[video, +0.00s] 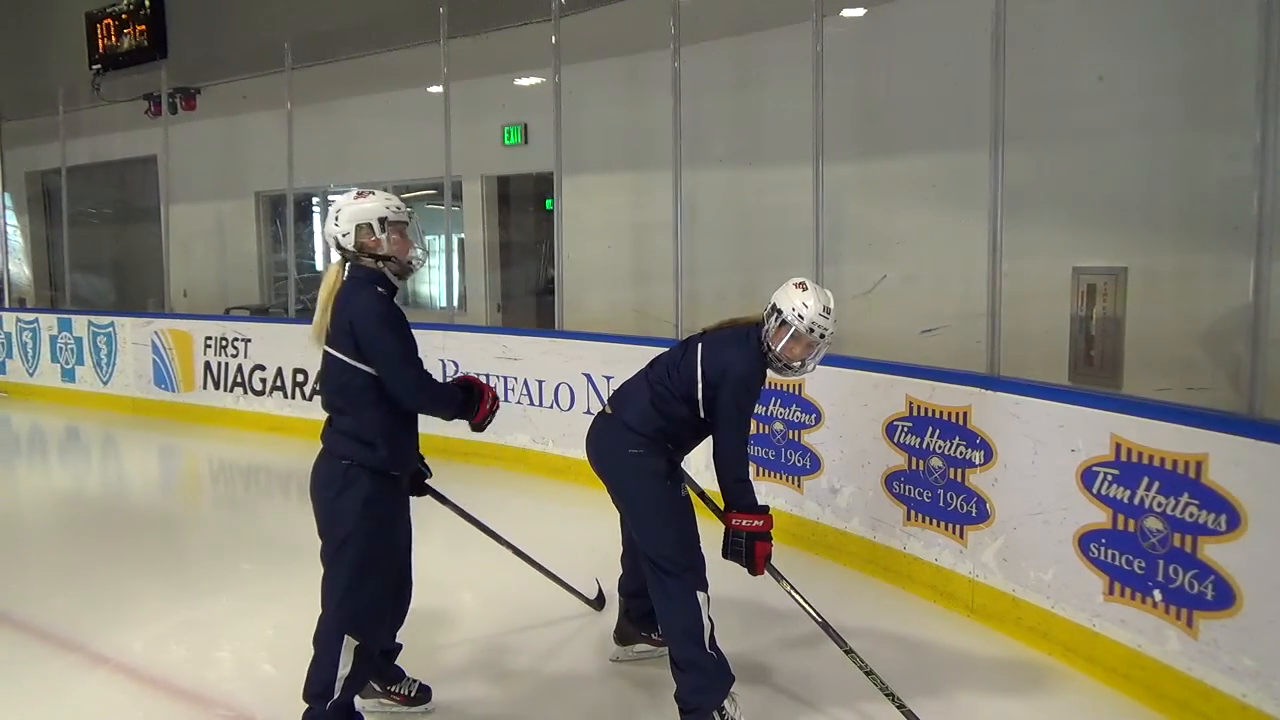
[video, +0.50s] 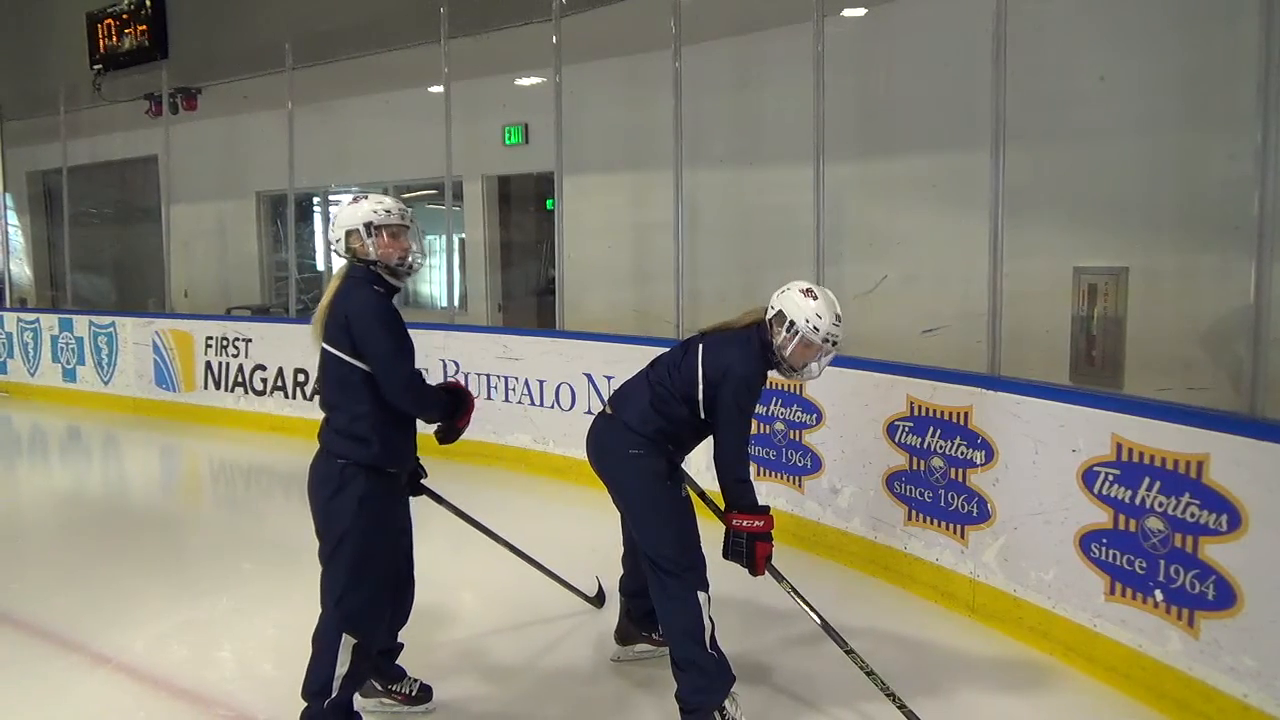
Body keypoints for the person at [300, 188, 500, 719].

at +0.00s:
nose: (409, 239)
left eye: (406, 229)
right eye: (397, 230)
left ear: (372, 239)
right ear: (367, 239)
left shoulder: (359, 293)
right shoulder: (368, 300)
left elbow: (368, 394)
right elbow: (410, 387)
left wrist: (404, 460)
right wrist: (466, 396)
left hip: (371, 469)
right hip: (356, 474)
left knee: (387, 579)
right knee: (353, 596)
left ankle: (377, 670)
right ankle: (328, 706)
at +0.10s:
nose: (410, 242)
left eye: (409, 232)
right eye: (399, 232)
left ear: (373, 240)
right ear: (368, 239)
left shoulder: (359, 291)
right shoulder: (372, 297)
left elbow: (367, 393)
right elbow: (413, 385)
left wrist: (398, 464)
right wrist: (462, 398)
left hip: (370, 468)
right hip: (357, 473)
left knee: (390, 579)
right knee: (353, 594)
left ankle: (377, 668)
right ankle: (328, 705)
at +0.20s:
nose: (408, 242)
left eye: (410, 232)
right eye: (395, 233)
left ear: (411, 239)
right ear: (364, 241)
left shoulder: (362, 293)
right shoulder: (372, 297)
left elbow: (365, 393)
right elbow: (410, 384)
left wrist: (397, 465)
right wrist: (455, 403)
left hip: (372, 467)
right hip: (357, 472)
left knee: (390, 578)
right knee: (353, 594)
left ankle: (378, 669)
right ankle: (329, 706)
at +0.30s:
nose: (407, 244)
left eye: (409, 234)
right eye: (394, 234)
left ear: (412, 239)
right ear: (364, 242)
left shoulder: (366, 294)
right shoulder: (369, 298)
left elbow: (365, 394)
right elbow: (407, 386)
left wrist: (399, 463)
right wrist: (455, 400)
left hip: (374, 468)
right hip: (355, 472)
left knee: (391, 579)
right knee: (353, 595)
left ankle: (378, 670)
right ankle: (329, 707)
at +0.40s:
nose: (405, 244)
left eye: (408, 234)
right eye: (392, 235)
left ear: (412, 239)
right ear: (362, 242)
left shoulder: (364, 294)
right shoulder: (366, 299)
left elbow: (367, 393)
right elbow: (405, 388)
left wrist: (401, 461)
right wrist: (455, 399)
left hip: (373, 468)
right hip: (354, 472)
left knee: (391, 578)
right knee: (353, 594)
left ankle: (377, 669)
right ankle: (328, 707)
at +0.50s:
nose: (403, 245)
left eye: (406, 235)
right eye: (391, 235)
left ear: (407, 239)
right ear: (360, 241)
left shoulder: (363, 295)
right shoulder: (363, 299)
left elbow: (367, 394)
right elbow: (401, 388)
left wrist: (401, 460)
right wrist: (452, 401)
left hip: (373, 468)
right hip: (352, 472)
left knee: (390, 578)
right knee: (351, 594)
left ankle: (377, 668)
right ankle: (327, 707)